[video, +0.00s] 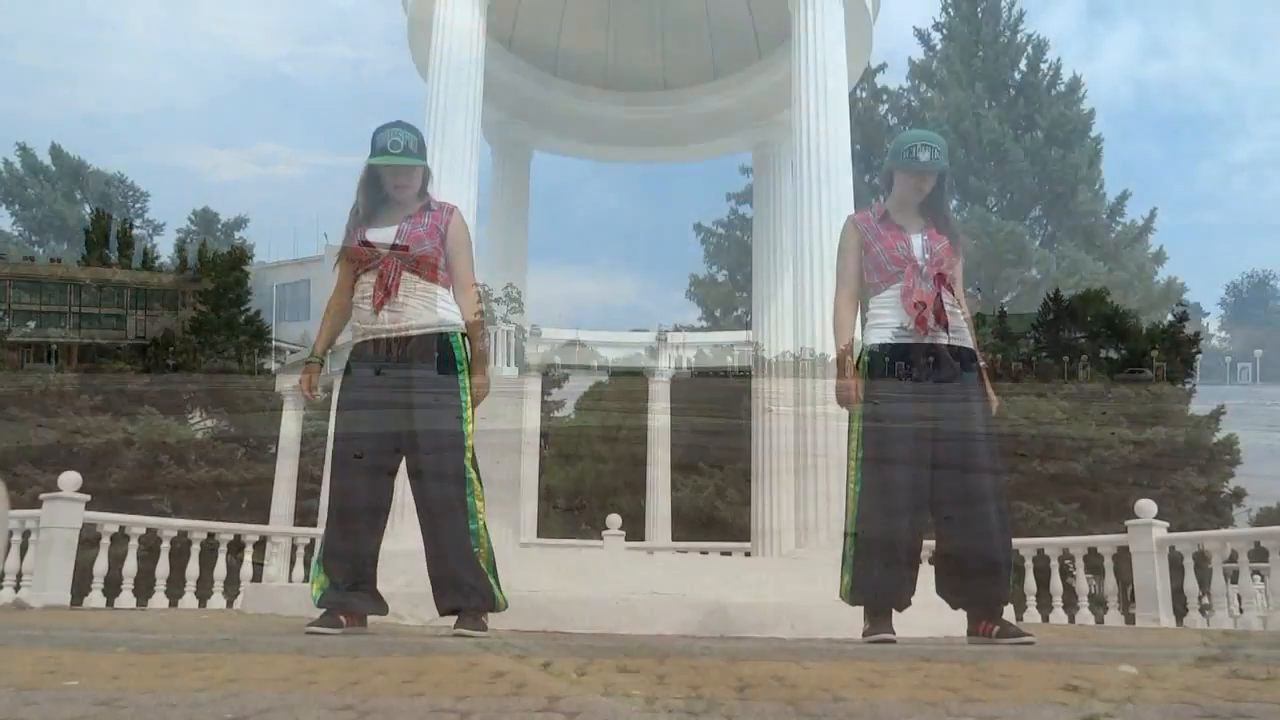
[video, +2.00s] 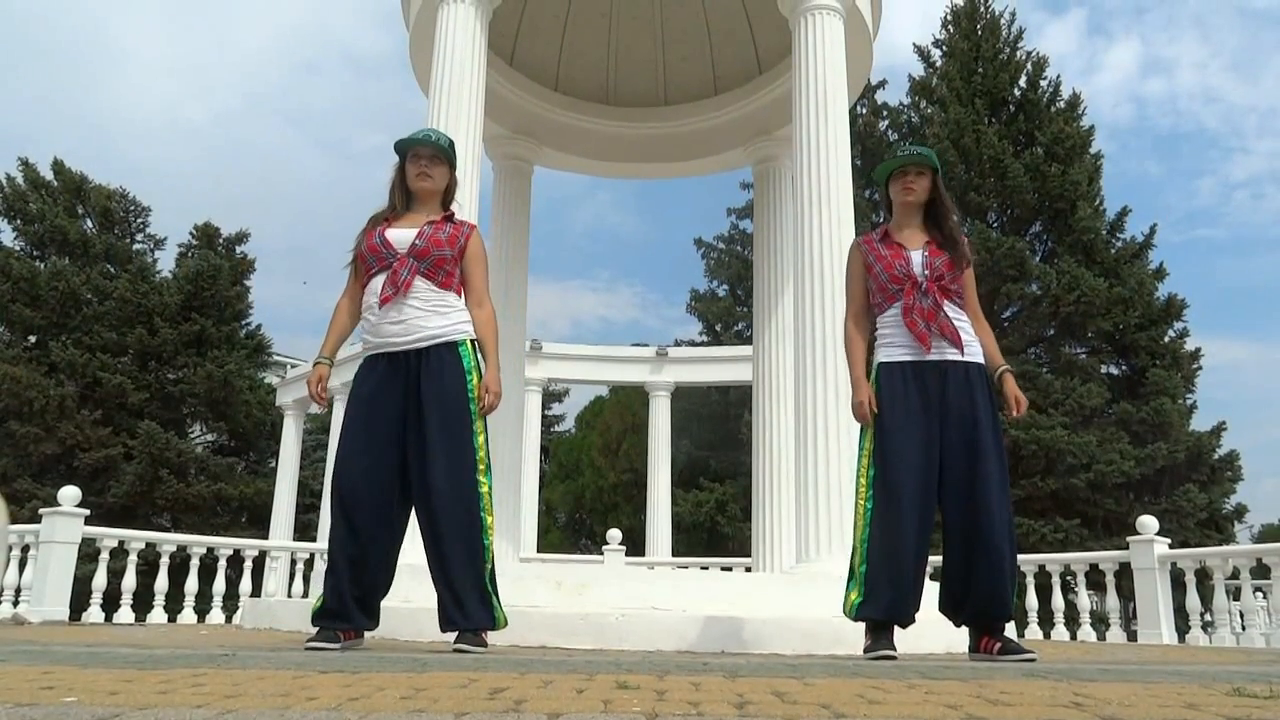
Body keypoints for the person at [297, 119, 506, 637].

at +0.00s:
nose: (398, 177)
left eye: (408, 167)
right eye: (389, 168)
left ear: (424, 169)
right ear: (375, 171)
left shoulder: (446, 220)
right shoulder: (361, 224)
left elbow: (467, 292)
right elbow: (342, 295)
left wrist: (480, 360)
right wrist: (317, 356)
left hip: (434, 360)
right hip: (369, 361)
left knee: (443, 482)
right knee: (355, 479)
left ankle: (469, 606)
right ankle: (347, 603)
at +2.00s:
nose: (423, 165)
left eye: (434, 159)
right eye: (415, 157)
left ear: (451, 173)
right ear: (402, 167)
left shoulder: (462, 233)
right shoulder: (374, 231)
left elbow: (480, 304)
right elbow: (352, 299)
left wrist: (491, 368)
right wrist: (324, 359)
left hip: (445, 365)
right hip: (380, 369)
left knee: (450, 490)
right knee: (358, 488)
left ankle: (470, 623)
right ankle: (344, 620)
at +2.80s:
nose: (437, 167)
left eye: (447, 161)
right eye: (429, 160)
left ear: (466, 175)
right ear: (415, 172)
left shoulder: (491, 225)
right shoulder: (397, 231)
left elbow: (509, 297)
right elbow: (377, 288)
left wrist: (487, 348)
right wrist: (365, 321)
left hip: (458, 375)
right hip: (394, 372)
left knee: (451, 500)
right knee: (368, 495)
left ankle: (461, 629)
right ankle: (348, 621)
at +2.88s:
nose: (437, 177)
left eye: (447, 171)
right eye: (428, 171)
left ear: (468, 184)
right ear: (415, 184)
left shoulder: (492, 235)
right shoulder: (394, 236)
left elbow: (489, 303)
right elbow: (374, 292)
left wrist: (421, 303)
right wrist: (410, 270)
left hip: (467, 379)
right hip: (402, 377)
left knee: (456, 503)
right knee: (360, 478)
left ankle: (462, 631)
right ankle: (353, 587)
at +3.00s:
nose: (426, 157)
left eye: (438, 151)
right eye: (419, 149)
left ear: (459, 166)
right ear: (406, 162)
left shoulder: (484, 208)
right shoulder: (388, 214)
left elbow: (447, 251)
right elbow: (392, 247)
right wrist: (464, 205)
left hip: (466, 365)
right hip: (398, 360)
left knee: (467, 497)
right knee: (355, 469)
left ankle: (467, 628)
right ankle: (365, 554)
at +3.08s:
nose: (412, 131)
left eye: (425, 125)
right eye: (405, 122)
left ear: (444, 138)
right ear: (390, 132)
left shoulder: (469, 170)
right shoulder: (374, 178)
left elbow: (458, 224)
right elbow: (378, 221)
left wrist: (415, 179)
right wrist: (440, 172)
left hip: (463, 341)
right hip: (394, 335)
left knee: (470, 472)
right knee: (369, 452)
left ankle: (474, 610)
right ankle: (339, 583)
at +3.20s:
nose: (401, 115)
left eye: (414, 110)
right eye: (390, 106)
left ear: (427, 124)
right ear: (370, 117)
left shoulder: (454, 164)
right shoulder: (354, 167)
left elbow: (500, 231)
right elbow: (320, 226)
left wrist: (490, 179)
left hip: (452, 339)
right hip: (380, 335)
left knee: (474, 465)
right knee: (359, 464)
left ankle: (483, 588)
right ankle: (315, 608)